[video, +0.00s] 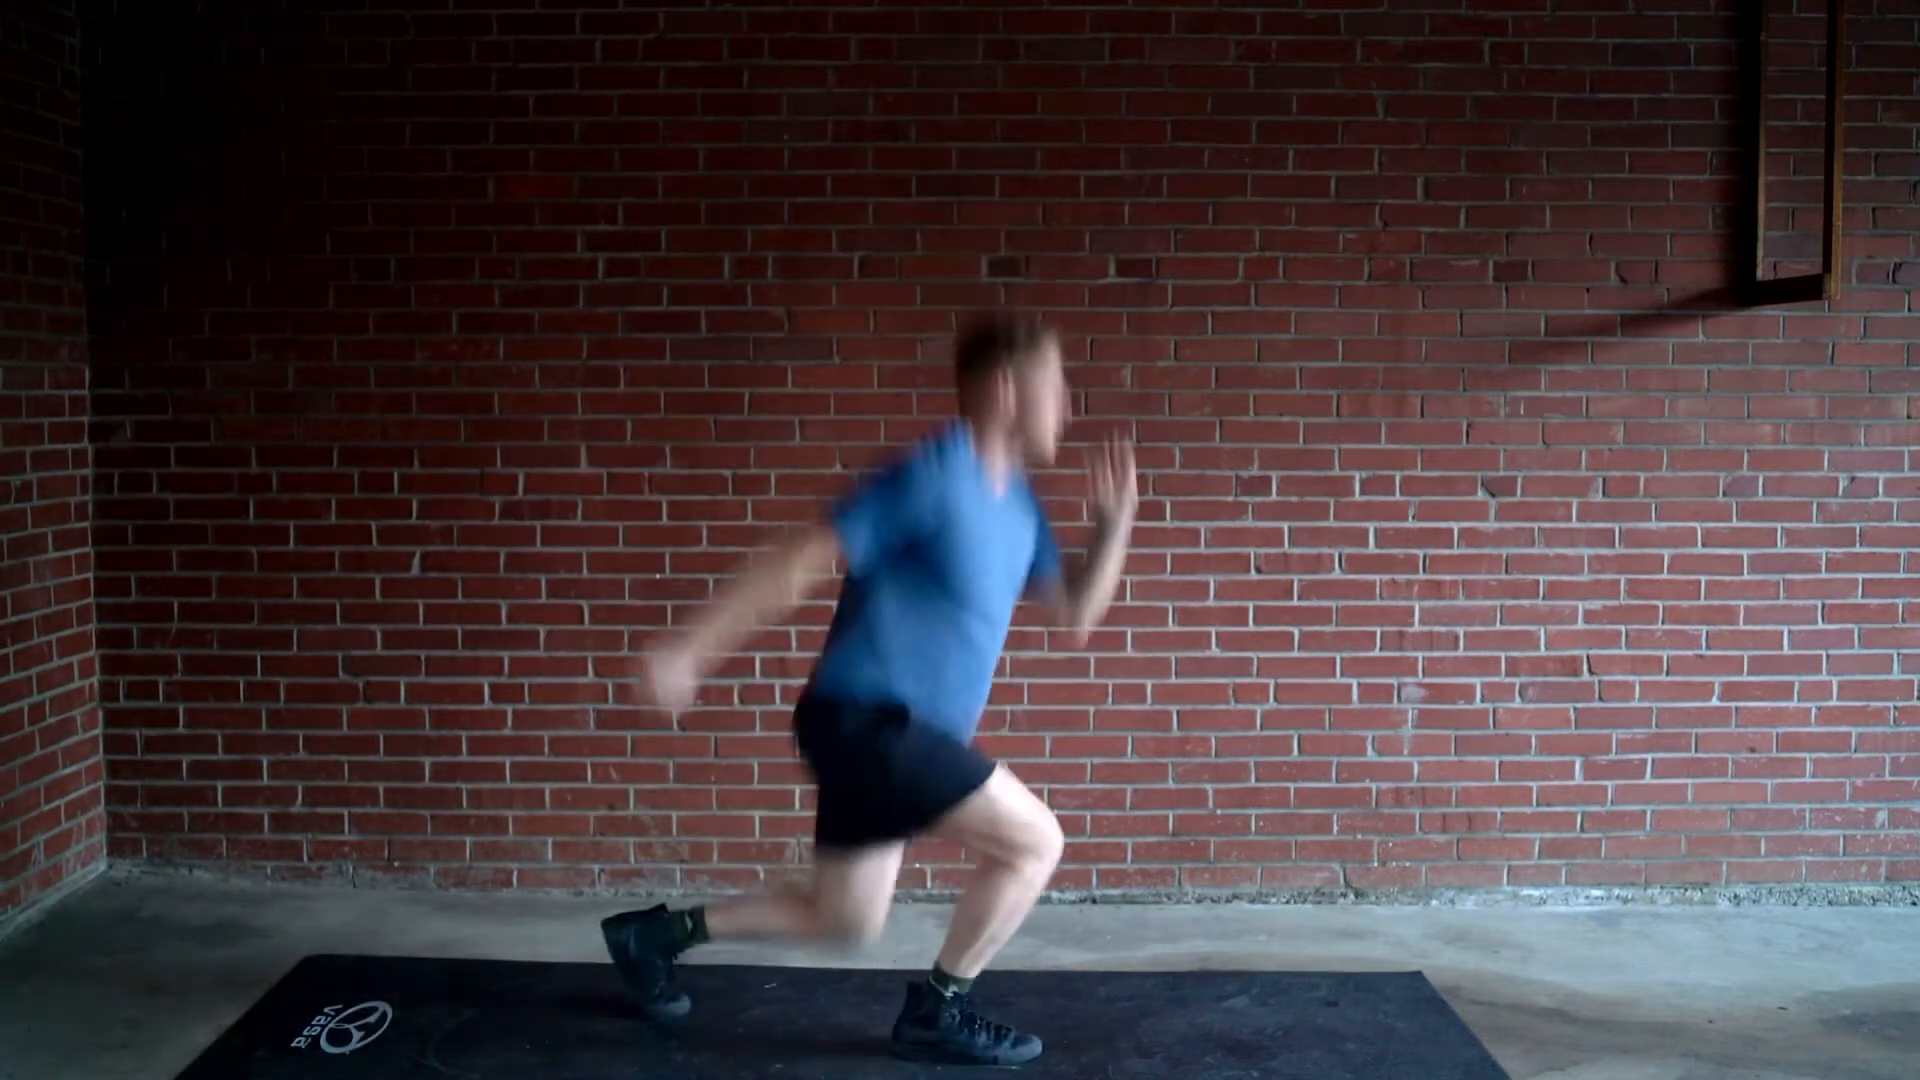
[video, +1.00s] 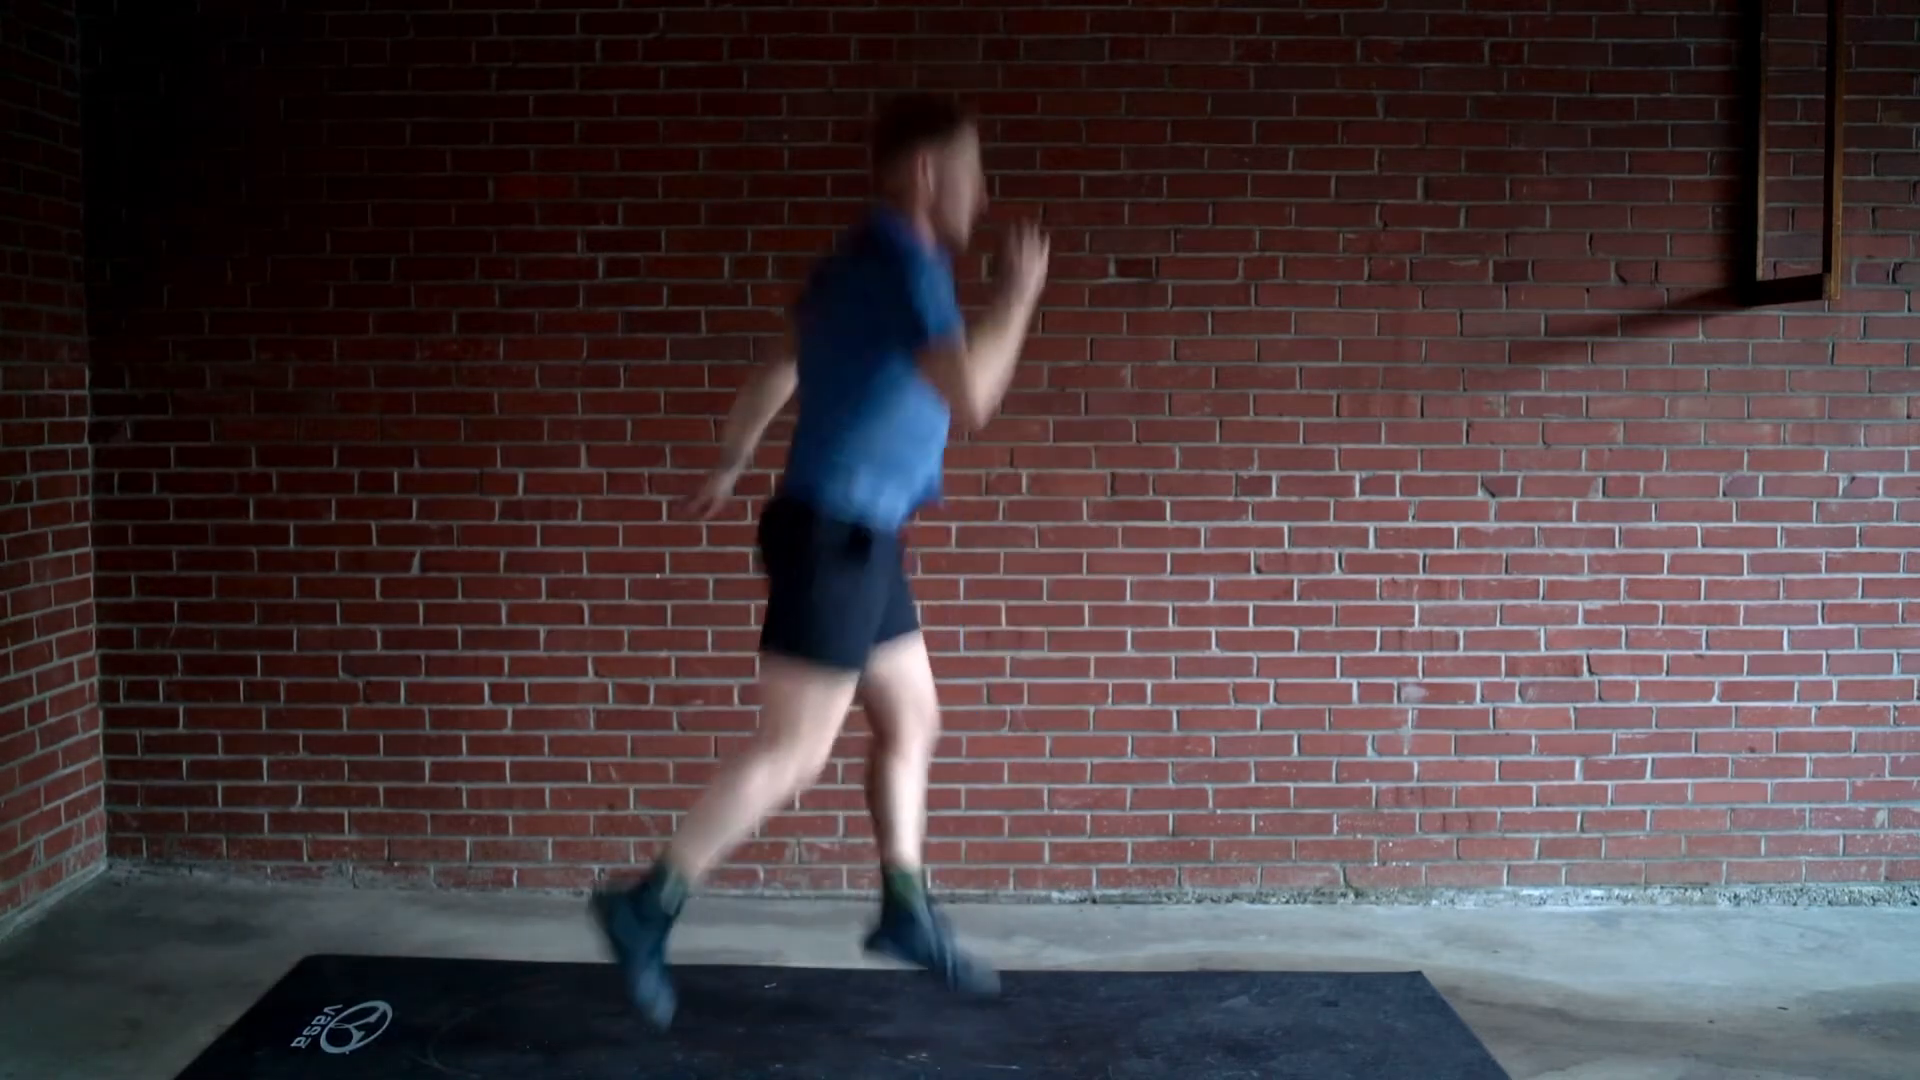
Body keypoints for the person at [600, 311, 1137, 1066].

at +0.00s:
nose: (1065, 399)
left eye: (1063, 380)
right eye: (1053, 380)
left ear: (1019, 388)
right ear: (1002, 386)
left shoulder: (1020, 504)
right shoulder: (933, 476)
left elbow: (1073, 616)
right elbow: (803, 558)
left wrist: (1115, 522)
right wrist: (688, 651)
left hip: (910, 727)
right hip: (862, 719)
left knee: (846, 914)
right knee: (1033, 842)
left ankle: (660, 932)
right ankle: (937, 1009)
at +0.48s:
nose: (1021, 393)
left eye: (1015, 376)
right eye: (1007, 376)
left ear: (966, 391)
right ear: (962, 389)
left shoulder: (973, 488)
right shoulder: (920, 476)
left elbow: (1034, 595)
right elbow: (809, 560)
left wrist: (1092, 514)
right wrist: (756, 697)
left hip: (851, 725)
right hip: (863, 724)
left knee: (831, 906)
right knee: (1029, 829)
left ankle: (644, 936)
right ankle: (940, 1004)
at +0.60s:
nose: (987, 258)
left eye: (983, 240)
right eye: (972, 239)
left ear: (937, 253)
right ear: (925, 252)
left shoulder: (945, 347)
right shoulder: (906, 337)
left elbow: (995, 435)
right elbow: (835, 434)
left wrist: (1078, 419)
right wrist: (870, 572)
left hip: (855, 606)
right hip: (880, 611)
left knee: (815, 781)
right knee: (982, 797)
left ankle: (669, 919)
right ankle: (939, 997)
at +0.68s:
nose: (971, 181)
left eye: (969, 164)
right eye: (958, 163)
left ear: (934, 173)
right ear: (911, 169)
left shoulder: (937, 268)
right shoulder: (888, 249)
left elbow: (951, 376)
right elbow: (851, 367)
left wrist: (1021, 431)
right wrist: (935, 433)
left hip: (880, 521)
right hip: (873, 526)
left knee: (804, 711)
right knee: (895, 744)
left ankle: (711, 869)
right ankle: (920, 944)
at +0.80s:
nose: (973, 119)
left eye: (971, 101)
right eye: (961, 100)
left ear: (903, 109)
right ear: (910, 107)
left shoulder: (880, 187)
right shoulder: (889, 188)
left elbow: (902, 316)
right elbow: (904, 314)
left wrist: (1002, 284)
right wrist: (1026, 276)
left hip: (854, 457)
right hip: (867, 462)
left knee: (839, 667)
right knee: (877, 677)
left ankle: (792, 848)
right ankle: (780, 852)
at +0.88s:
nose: (975, 121)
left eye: (973, 104)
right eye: (963, 104)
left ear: (914, 109)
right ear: (916, 108)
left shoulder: (899, 190)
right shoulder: (886, 191)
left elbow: (882, 327)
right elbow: (940, 316)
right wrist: (1023, 240)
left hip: (875, 467)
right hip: (850, 467)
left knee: (882, 670)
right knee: (839, 685)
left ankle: (847, 859)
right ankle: (704, 850)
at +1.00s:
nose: (981, 183)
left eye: (978, 165)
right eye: (969, 164)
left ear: (911, 172)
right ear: (919, 169)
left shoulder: (862, 257)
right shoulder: (904, 259)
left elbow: (780, 366)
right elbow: (972, 395)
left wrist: (729, 465)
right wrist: (1019, 290)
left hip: (861, 535)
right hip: (830, 535)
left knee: (912, 718)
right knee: (792, 749)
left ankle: (905, 910)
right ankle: (648, 905)